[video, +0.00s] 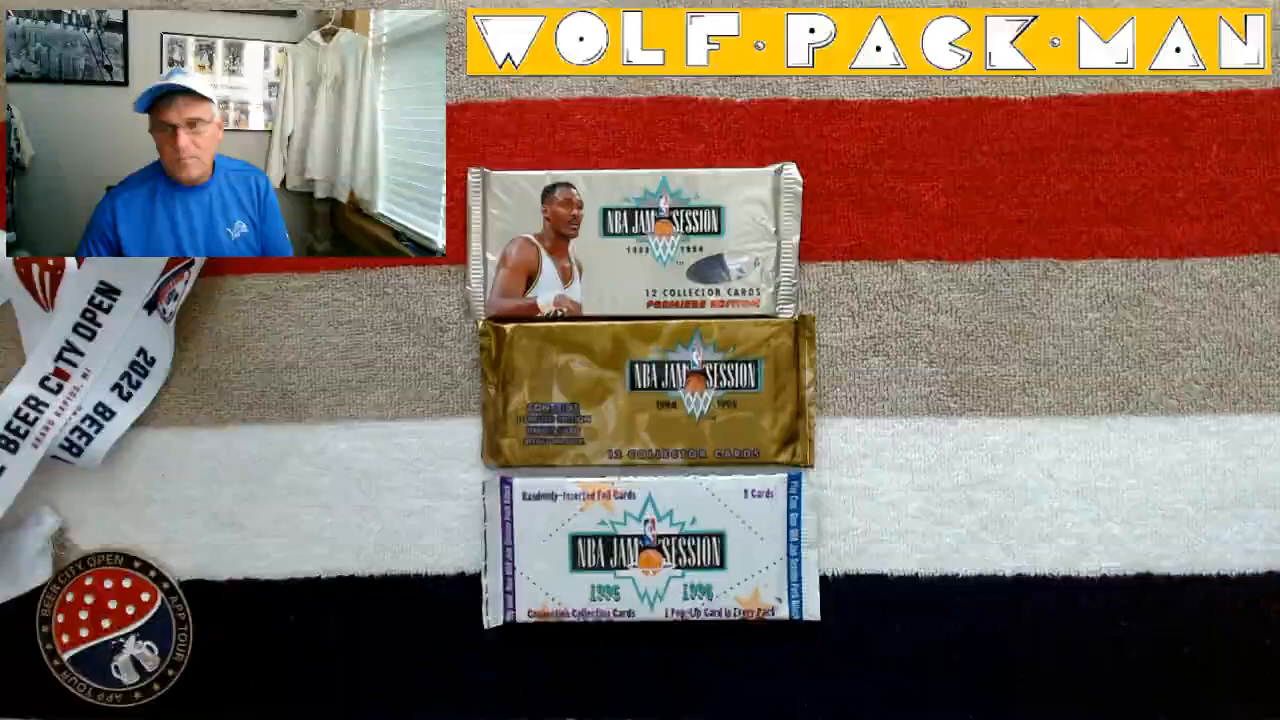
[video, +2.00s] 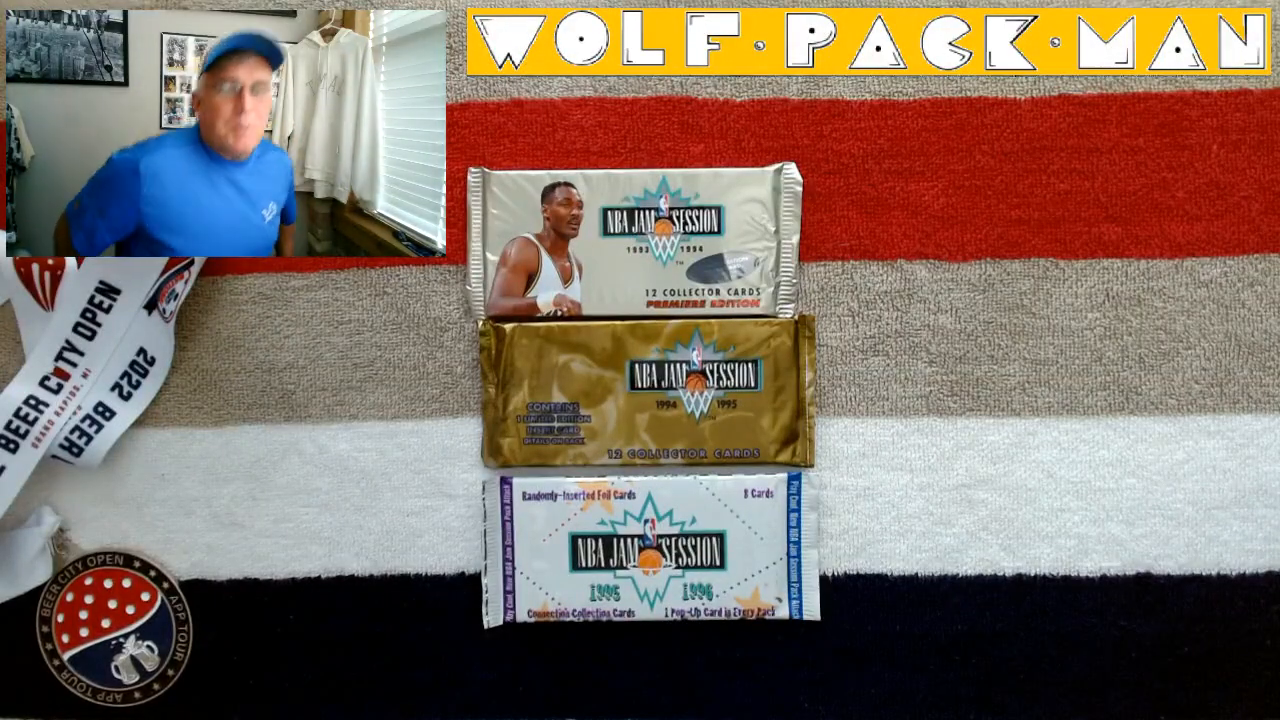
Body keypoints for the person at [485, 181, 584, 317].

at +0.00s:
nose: (576, 214)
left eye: (580, 207)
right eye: (567, 206)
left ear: (583, 211)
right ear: (546, 211)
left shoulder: (575, 264)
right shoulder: (521, 250)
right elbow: (495, 308)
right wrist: (550, 303)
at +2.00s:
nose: (576, 213)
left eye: (580, 207)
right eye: (566, 205)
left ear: (583, 211)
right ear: (546, 211)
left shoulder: (575, 265)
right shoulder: (521, 250)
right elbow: (495, 307)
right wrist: (550, 301)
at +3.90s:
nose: (576, 213)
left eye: (580, 206)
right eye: (566, 205)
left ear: (583, 211)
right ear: (545, 211)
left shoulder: (575, 265)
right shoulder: (521, 249)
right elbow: (495, 307)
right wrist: (550, 301)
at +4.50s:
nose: (576, 213)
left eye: (580, 207)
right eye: (566, 205)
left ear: (583, 211)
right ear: (545, 211)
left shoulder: (575, 266)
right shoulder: (520, 250)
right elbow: (495, 308)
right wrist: (550, 301)